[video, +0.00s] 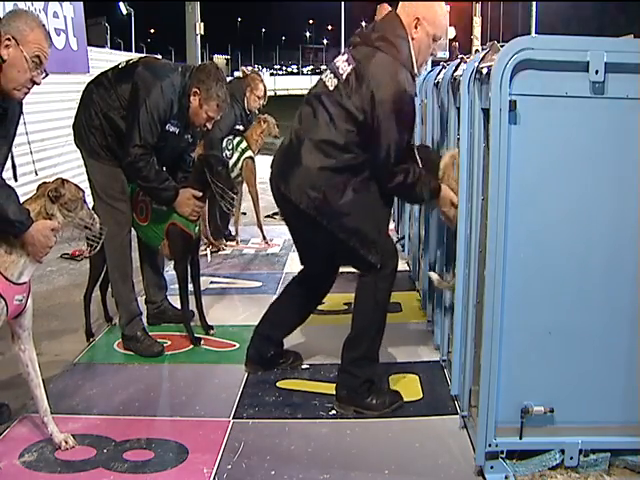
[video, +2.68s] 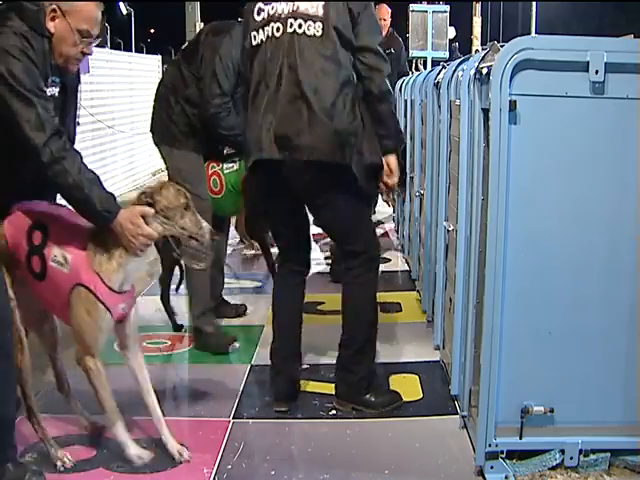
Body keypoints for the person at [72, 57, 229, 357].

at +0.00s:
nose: (211, 125)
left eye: (215, 119)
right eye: (210, 117)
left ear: (196, 96)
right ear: (193, 97)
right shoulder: (157, 90)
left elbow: (180, 157)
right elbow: (134, 156)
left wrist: (187, 191)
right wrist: (172, 196)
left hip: (137, 133)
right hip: (100, 130)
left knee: (149, 217)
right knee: (118, 222)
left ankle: (157, 305)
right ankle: (131, 326)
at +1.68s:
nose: (210, 80)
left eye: (214, 75)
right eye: (208, 72)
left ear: (197, 56)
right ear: (190, 56)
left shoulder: (192, 73)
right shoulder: (149, 64)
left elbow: (185, 126)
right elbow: (135, 132)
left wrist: (193, 151)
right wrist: (177, 156)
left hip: (145, 141)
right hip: (107, 137)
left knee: (157, 213)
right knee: (133, 212)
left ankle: (159, 304)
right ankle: (131, 323)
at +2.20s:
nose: (240, 71)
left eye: (245, 65)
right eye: (238, 63)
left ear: (230, 50)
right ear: (220, 46)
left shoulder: (221, 70)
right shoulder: (182, 54)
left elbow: (216, 122)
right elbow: (169, 120)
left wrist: (223, 145)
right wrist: (208, 149)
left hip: (183, 144)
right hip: (142, 139)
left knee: (199, 217)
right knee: (152, 219)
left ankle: (210, 301)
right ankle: (134, 324)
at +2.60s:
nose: (272, 52)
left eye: (275, 45)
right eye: (270, 44)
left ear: (261, 39)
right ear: (256, 37)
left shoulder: (257, 56)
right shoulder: (222, 42)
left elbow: (252, 108)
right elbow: (208, 106)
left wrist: (255, 138)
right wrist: (241, 141)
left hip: (209, 134)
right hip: (173, 127)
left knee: (214, 212)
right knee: (190, 213)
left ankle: (211, 300)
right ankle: (169, 315)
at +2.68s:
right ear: (263, 23)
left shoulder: (259, 47)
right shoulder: (226, 38)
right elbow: (215, 106)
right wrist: (251, 142)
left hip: (208, 134)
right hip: (179, 129)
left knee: (217, 216)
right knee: (199, 220)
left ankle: (213, 300)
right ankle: (202, 322)